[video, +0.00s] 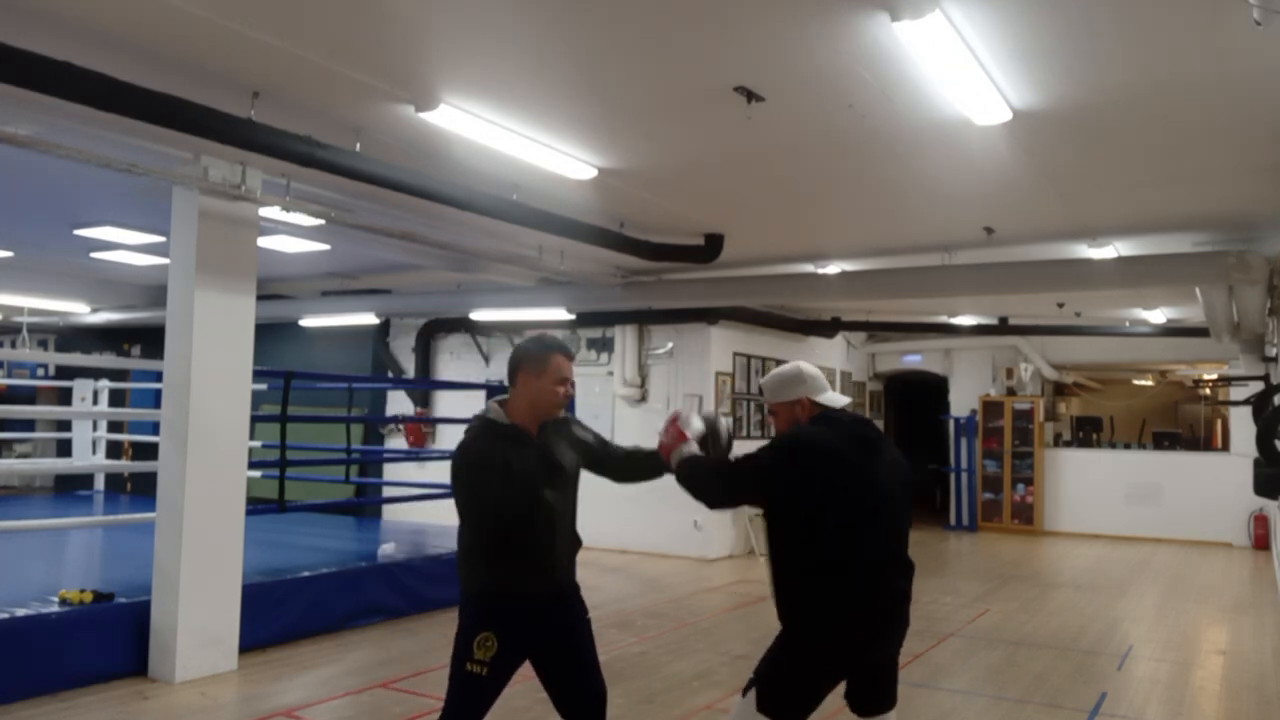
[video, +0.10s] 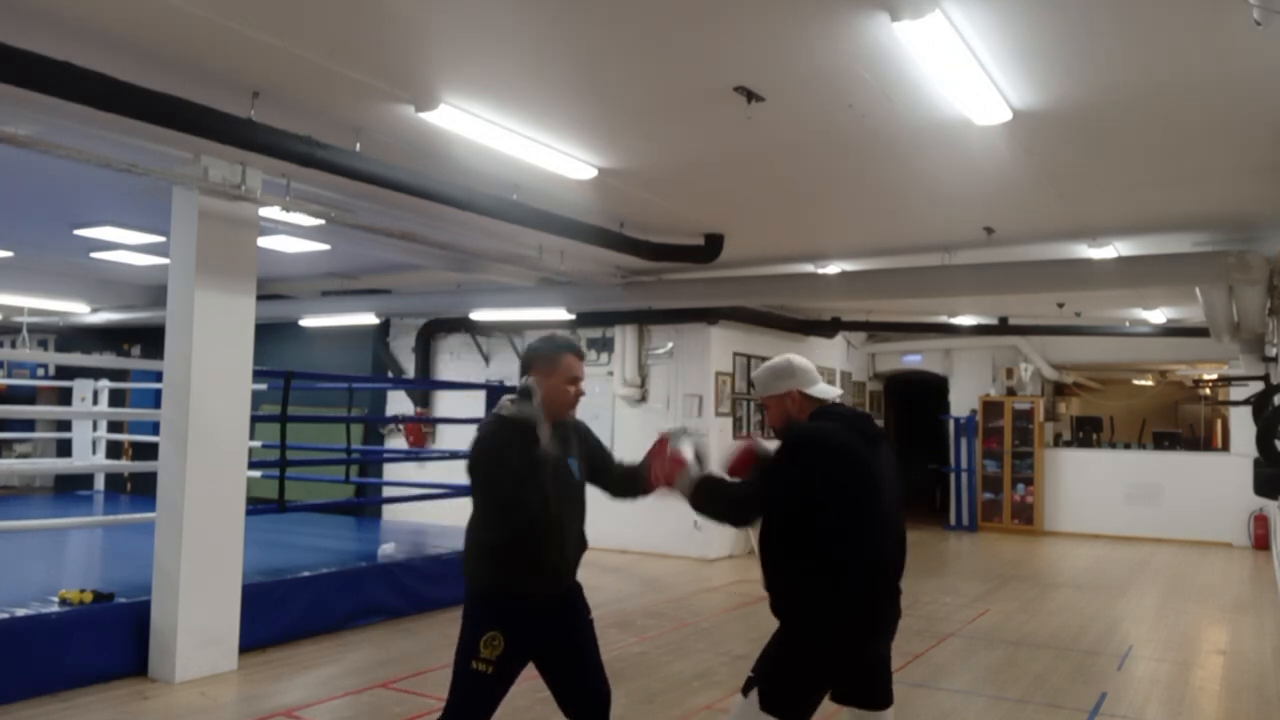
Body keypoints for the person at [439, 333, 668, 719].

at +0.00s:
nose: (570, 393)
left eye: (571, 384)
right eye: (561, 382)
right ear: (524, 379)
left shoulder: (566, 433)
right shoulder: (479, 447)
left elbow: (616, 461)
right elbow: (483, 537)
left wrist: (663, 457)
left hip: (557, 602)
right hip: (494, 606)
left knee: (588, 707)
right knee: (461, 712)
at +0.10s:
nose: (581, 391)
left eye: (582, 382)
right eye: (572, 381)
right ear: (537, 378)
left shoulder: (574, 433)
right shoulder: (501, 432)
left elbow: (615, 479)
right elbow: (499, 510)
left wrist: (652, 471)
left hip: (559, 595)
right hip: (500, 597)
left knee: (592, 704)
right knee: (466, 711)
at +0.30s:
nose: (600, 386)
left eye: (601, 377)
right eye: (591, 376)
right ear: (555, 374)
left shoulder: (591, 439)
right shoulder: (516, 434)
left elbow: (636, 486)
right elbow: (542, 483)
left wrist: (695, 526)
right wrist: (623, 440)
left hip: (579, 594)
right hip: (520, 596)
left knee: (603, 705)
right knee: (474, 708)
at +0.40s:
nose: (608, 379)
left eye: (609, 370)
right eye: (599, 369)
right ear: (562, 368)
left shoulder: (605, 423)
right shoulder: (519, 432)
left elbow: (656, 442)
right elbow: (505, 511)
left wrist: (718, 449)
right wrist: (575, 492)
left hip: (584, 591)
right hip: (523, 593)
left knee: (601, 706)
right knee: (476, 707)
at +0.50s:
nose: (610, 379)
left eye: (611, 370)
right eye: (601, 368)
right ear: (565, 367)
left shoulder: (608, 419)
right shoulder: (518, 435)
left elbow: (669, 409)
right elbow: (510, 517)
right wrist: (579, 499)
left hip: (583, 590)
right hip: (522, 592)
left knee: (602, 708)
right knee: (481, 709)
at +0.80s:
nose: (578, 393)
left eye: (580, 384)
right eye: (571, 382)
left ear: (543, 380)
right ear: (536, 378)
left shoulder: (562, 435)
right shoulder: (501, 434)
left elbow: (581, 496)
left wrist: (607, 533)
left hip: (558, 589)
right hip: (502, 593)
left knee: (591, 701)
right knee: (474, 709)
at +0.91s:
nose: (564, 393)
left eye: (565, 384)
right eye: (555, 383)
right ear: (519, 379)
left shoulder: (554, 434)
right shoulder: (485, 437)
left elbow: (578, 478)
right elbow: (531, 488)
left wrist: (629, 495)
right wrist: (593, 453)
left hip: (546, 592)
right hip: (487, 597)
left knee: (580, 699)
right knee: (465, 710)